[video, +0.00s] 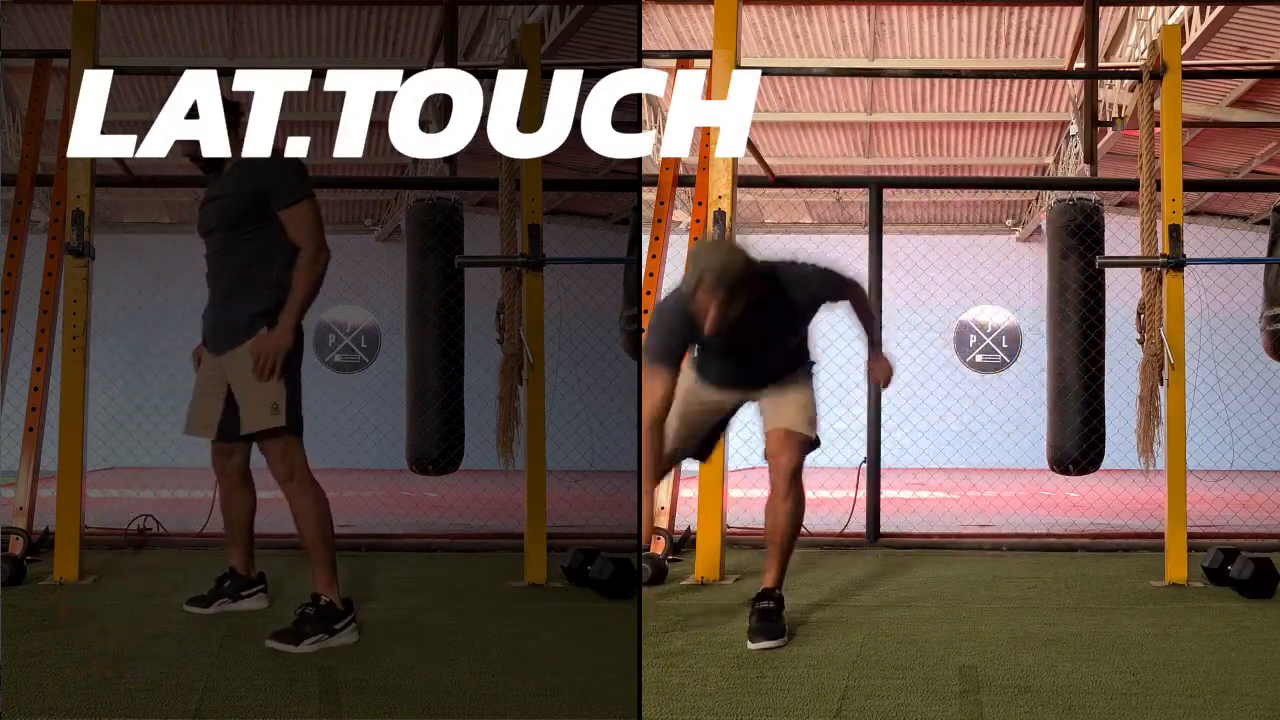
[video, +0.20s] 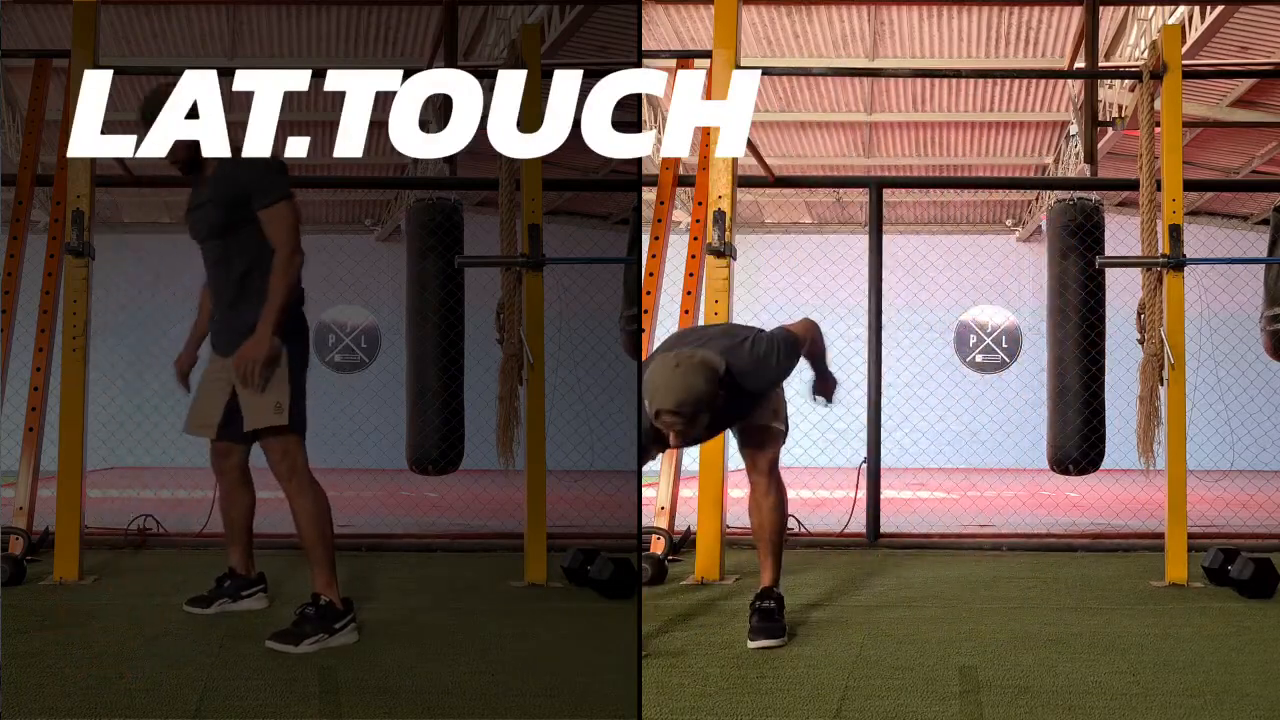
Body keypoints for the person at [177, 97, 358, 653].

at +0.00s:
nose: (196, 140)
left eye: (204, 126)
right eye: (194, 130)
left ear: (233, 121)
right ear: (202, 134)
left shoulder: (276, 168)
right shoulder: (216, 185)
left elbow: (314, 251)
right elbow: (229, 274)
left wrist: (285, 328)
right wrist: (210, 339)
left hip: (266, 336)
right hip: (221, 342)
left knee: (287, 464)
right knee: (227, 460)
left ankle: (331, 602)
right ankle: (242, 576)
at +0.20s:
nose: (165, 154)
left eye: (166, 139)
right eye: (158, 144)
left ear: (194, 125)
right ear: (177, 137)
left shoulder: (255, 168)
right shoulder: (206, 188)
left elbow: (289, 252)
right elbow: (218, 277)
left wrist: (266, 332)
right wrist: (193, 345)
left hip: (271, 337)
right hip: (229, 340)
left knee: (288, 462)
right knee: (226, 456)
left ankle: (330, 600)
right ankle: (242, 577)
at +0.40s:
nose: (115, 246)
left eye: (117, 233)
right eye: (109, 237)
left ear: (144, 218)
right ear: (123, 231)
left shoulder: (202, 246)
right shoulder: (159, 265)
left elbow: (238, 336)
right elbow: (167, 351)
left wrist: (219, 427)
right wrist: (152, 430)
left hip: (306, 341)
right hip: (258, 348)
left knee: (282, 461)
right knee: (214, 459)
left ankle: (329, 603)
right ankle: (240, 575)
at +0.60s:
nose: (110, 405)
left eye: (109, 395)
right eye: (103, 398)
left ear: (128, 376)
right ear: (123, 378)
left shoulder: (185, 371)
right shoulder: (139, 382)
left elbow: (182, 486)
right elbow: (125, 480)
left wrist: (158, 586)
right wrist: (93, 567)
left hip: (312, 360)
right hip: (260, 372)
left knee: (272, 468)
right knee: (216, 463)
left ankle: (328, 603)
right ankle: (242, 578)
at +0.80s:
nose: (110, 493)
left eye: (106, 485)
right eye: (101, 491)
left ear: (117, 461)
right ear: (103, 455)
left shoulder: (162, 438)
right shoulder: (117, 430)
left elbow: (184, 551)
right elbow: (121, 529)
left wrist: (169, 648)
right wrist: (98, 612)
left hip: (283, 344)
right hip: (241, 369)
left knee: (329, 473)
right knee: (273, 472)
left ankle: (430, 549)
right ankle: (350, 527)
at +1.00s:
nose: (54, 478)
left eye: (51, 468)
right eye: (46, 472)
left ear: (71, 439)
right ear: (65, 440)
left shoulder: (140, 438)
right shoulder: (99, 441)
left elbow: (171, 546)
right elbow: (113, 527)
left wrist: (169, 647)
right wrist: (98, 610)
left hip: (263, 449)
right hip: (235, 464)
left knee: (367, 523)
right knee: (318, 519)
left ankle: (488, 551)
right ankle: (404, 541)